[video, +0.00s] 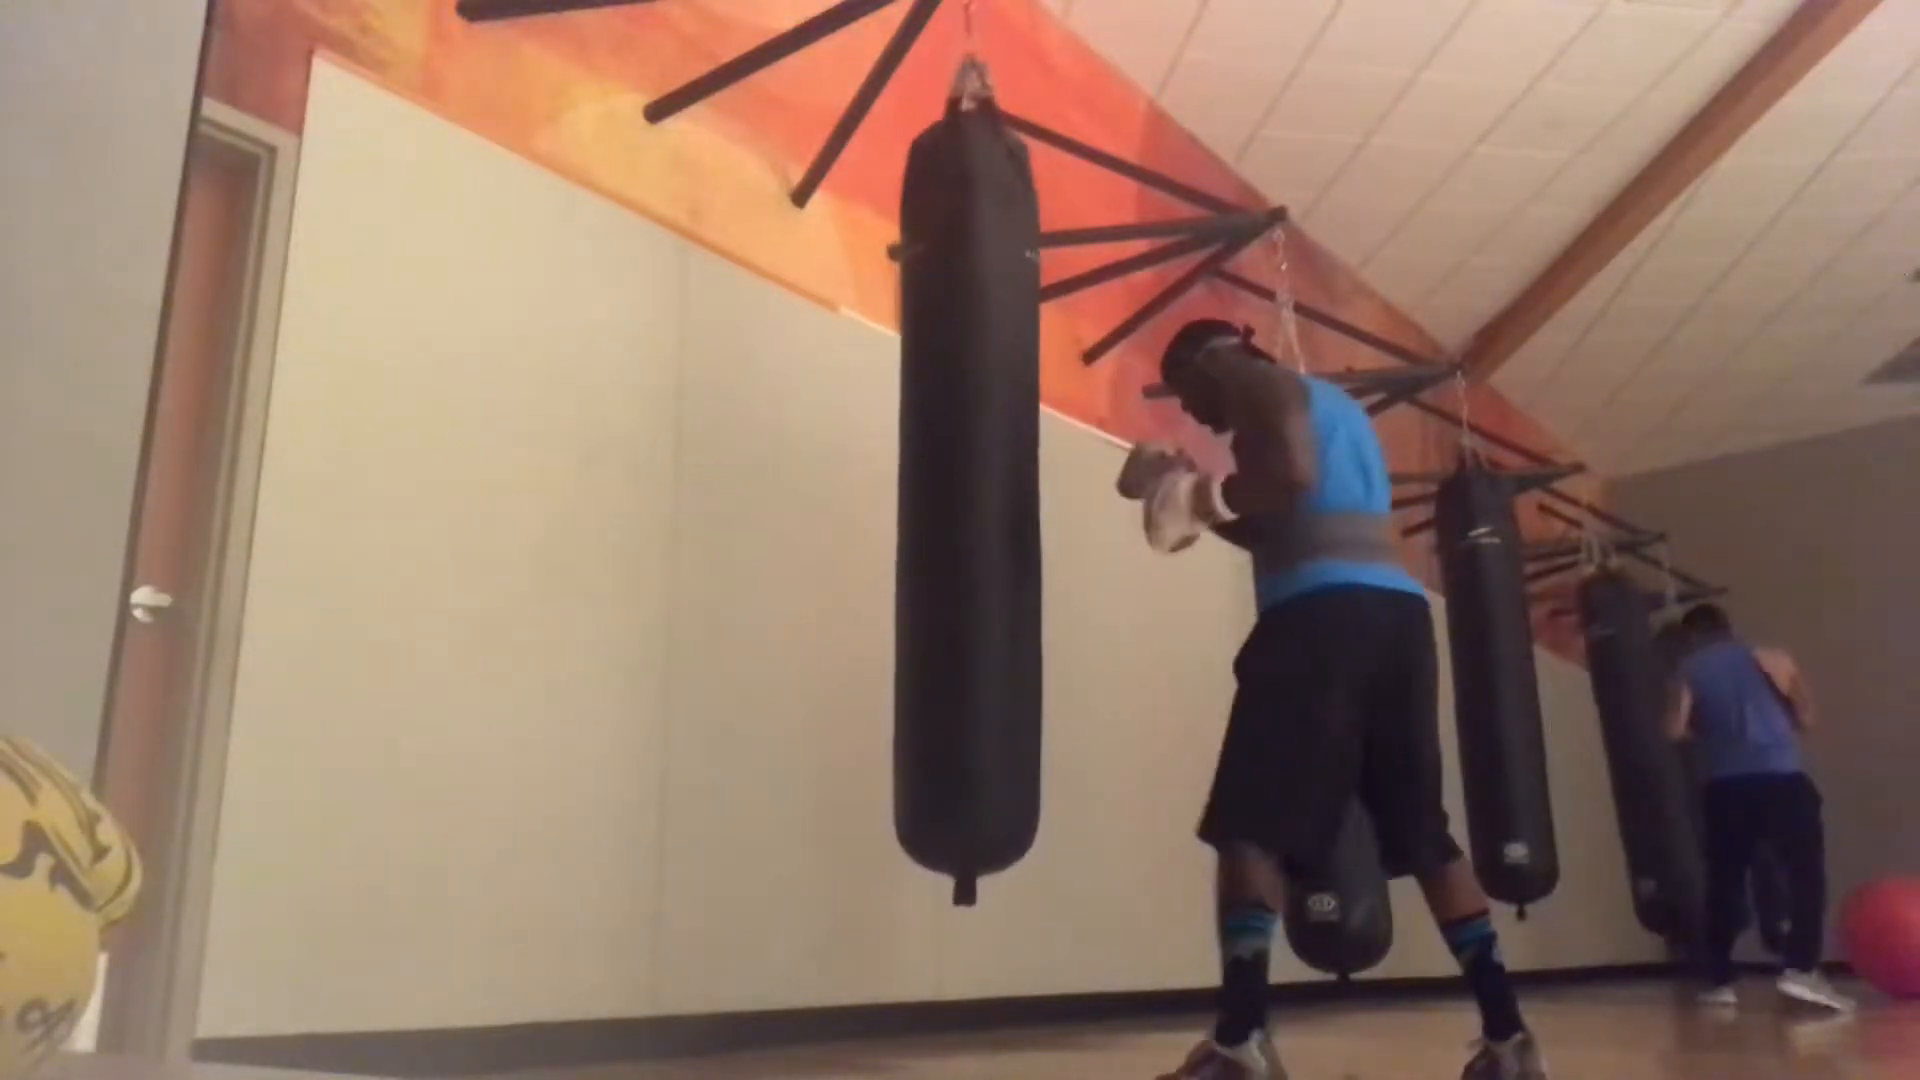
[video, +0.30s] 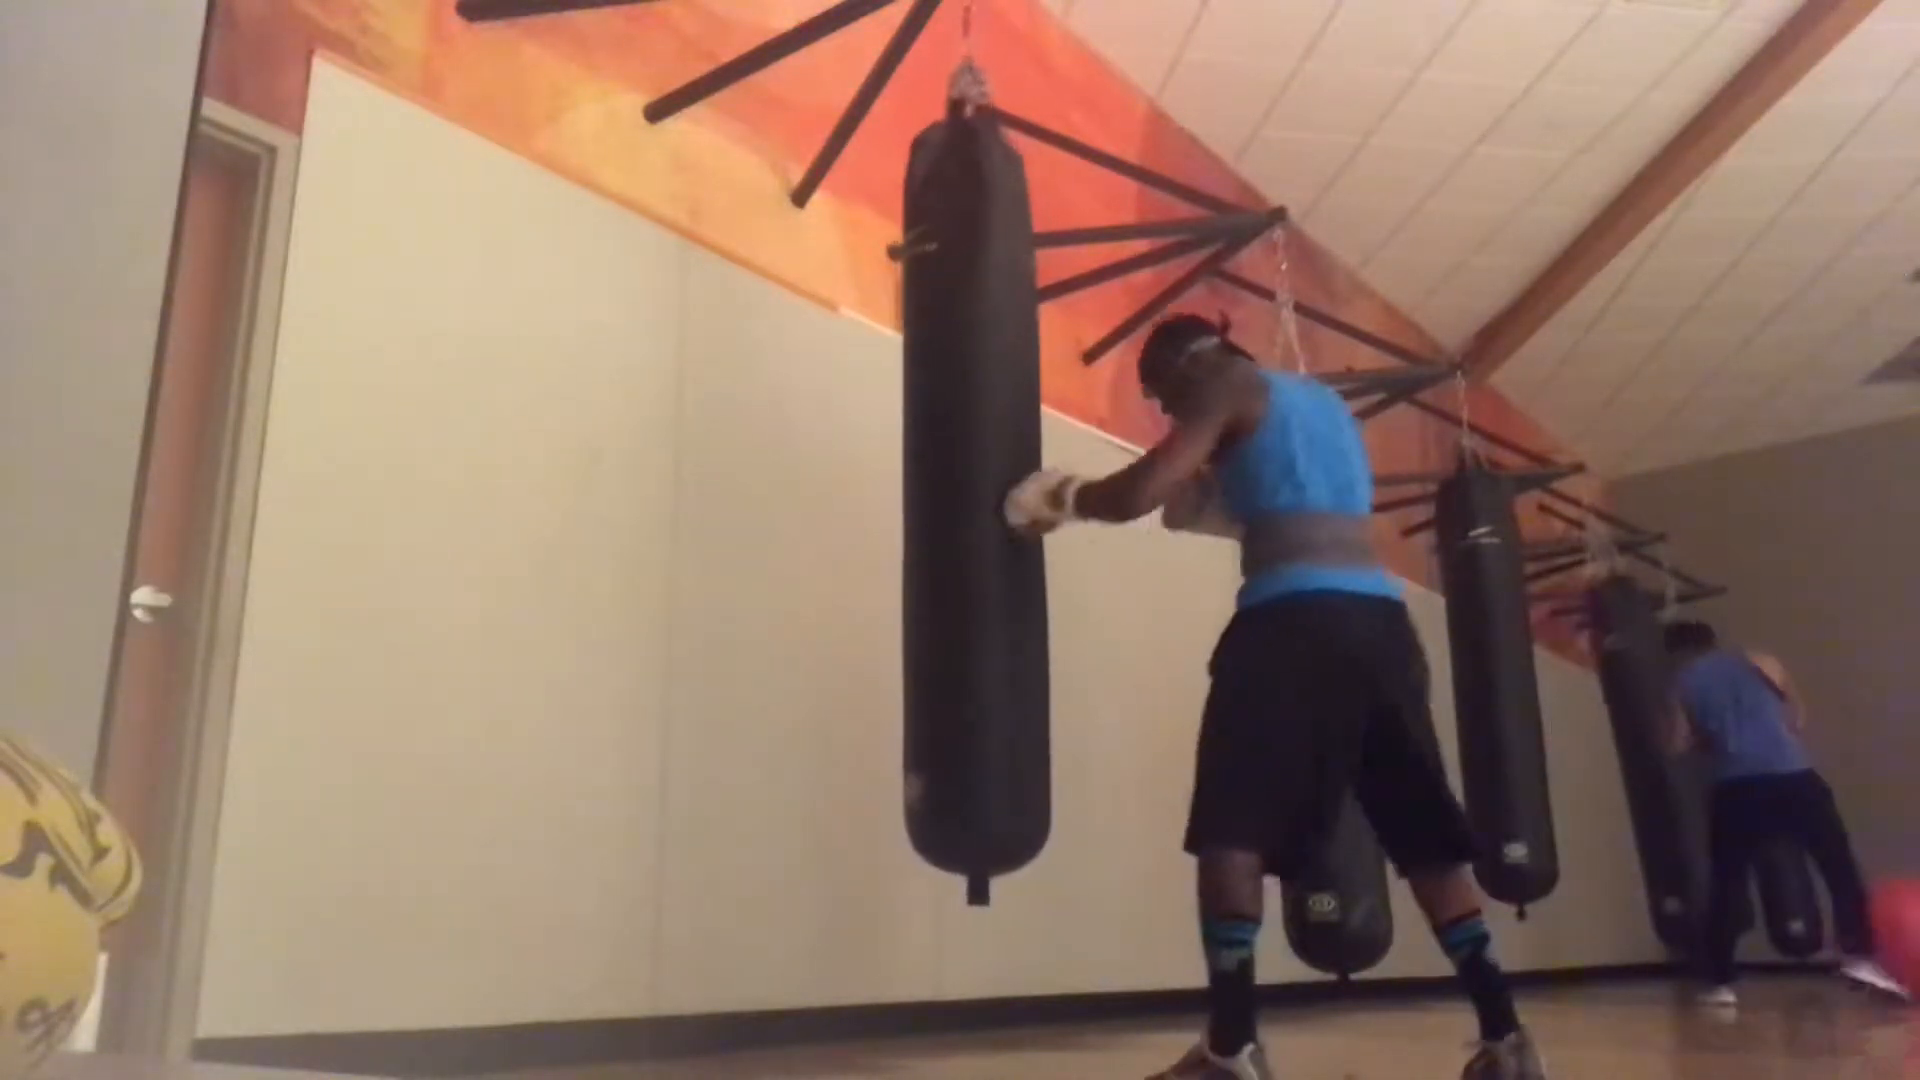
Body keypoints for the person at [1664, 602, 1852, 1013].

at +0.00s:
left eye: (1689, 639)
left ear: (1690, 638)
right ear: (1728, 627)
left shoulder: (1690, 672)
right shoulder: (1772, 659)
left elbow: (1675, 730)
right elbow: (1806, 717)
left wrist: (1705, 726)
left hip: (1728, 791)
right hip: (1786, 786)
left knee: (1724, 884)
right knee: (1807, 877)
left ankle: (1719, 981)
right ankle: (1801, 971)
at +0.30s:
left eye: (1674, 654)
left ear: (1676, 653)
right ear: (1712, 641)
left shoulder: (1684, 683)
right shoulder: (1756, 660)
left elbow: (1678, 744)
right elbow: (1797, 716)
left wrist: (1714, 733)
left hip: (1736, 792)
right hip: (1796, 783)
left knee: (1726, 885)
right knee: (1840, 868)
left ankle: (1721, 982)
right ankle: (1859, 955)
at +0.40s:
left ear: (1702, 649)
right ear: (1738, 640)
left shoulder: (1699, 676)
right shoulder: (1775, 663)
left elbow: (1686, 739)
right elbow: (1813, 718)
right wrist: (1801, 738)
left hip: (1743, 795)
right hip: (1804, 786)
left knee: (1729, 887)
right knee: (1859, 877)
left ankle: (1720, 983)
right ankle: (1904, 968)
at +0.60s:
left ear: (1757, 650)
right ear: (1795, 646)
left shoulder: (1744, 685)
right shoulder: (1820, 674)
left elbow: (1727, 736)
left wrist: (1746, 779)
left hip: (1774, 804)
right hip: (1836, 799)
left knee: (1743, 887)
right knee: (1887, 884)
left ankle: (1723, 974)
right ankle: (1916, 967)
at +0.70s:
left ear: (1771, 648)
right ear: (1812, 643)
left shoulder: (1754, 679)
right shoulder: (1836, 673)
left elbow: (1736, 731)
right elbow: (1866, 726)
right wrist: (1850, 752)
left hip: (1780, 803)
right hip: (1841, 799)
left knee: (1748, 879)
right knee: (1887, 880)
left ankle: (1738, 968)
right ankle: (1917, 965)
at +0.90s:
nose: (1759, 650)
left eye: (1759, 643)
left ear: (1757, 642)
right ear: (1798, 638)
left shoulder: (1756, 672)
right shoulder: (1828, 665)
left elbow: (1733, 725)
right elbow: (1853, 701)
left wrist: (1754, 732)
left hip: (1785, 797)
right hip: (1845, 793)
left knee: (1752, 882)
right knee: (1887, 882)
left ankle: (1725, 974)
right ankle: (1918, 968)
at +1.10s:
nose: (1719, 667)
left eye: (1718, 660)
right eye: (1717, 660)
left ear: (1727, 655)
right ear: (1754, 650)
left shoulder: (1737, 684)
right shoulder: (1796, 677)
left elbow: (1720, 747)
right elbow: (1820, 711)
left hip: (1773, 803)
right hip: (1826, 799)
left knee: (1743, 890)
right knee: (1867, 883)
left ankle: (1719, 979)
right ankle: (1913, 962)